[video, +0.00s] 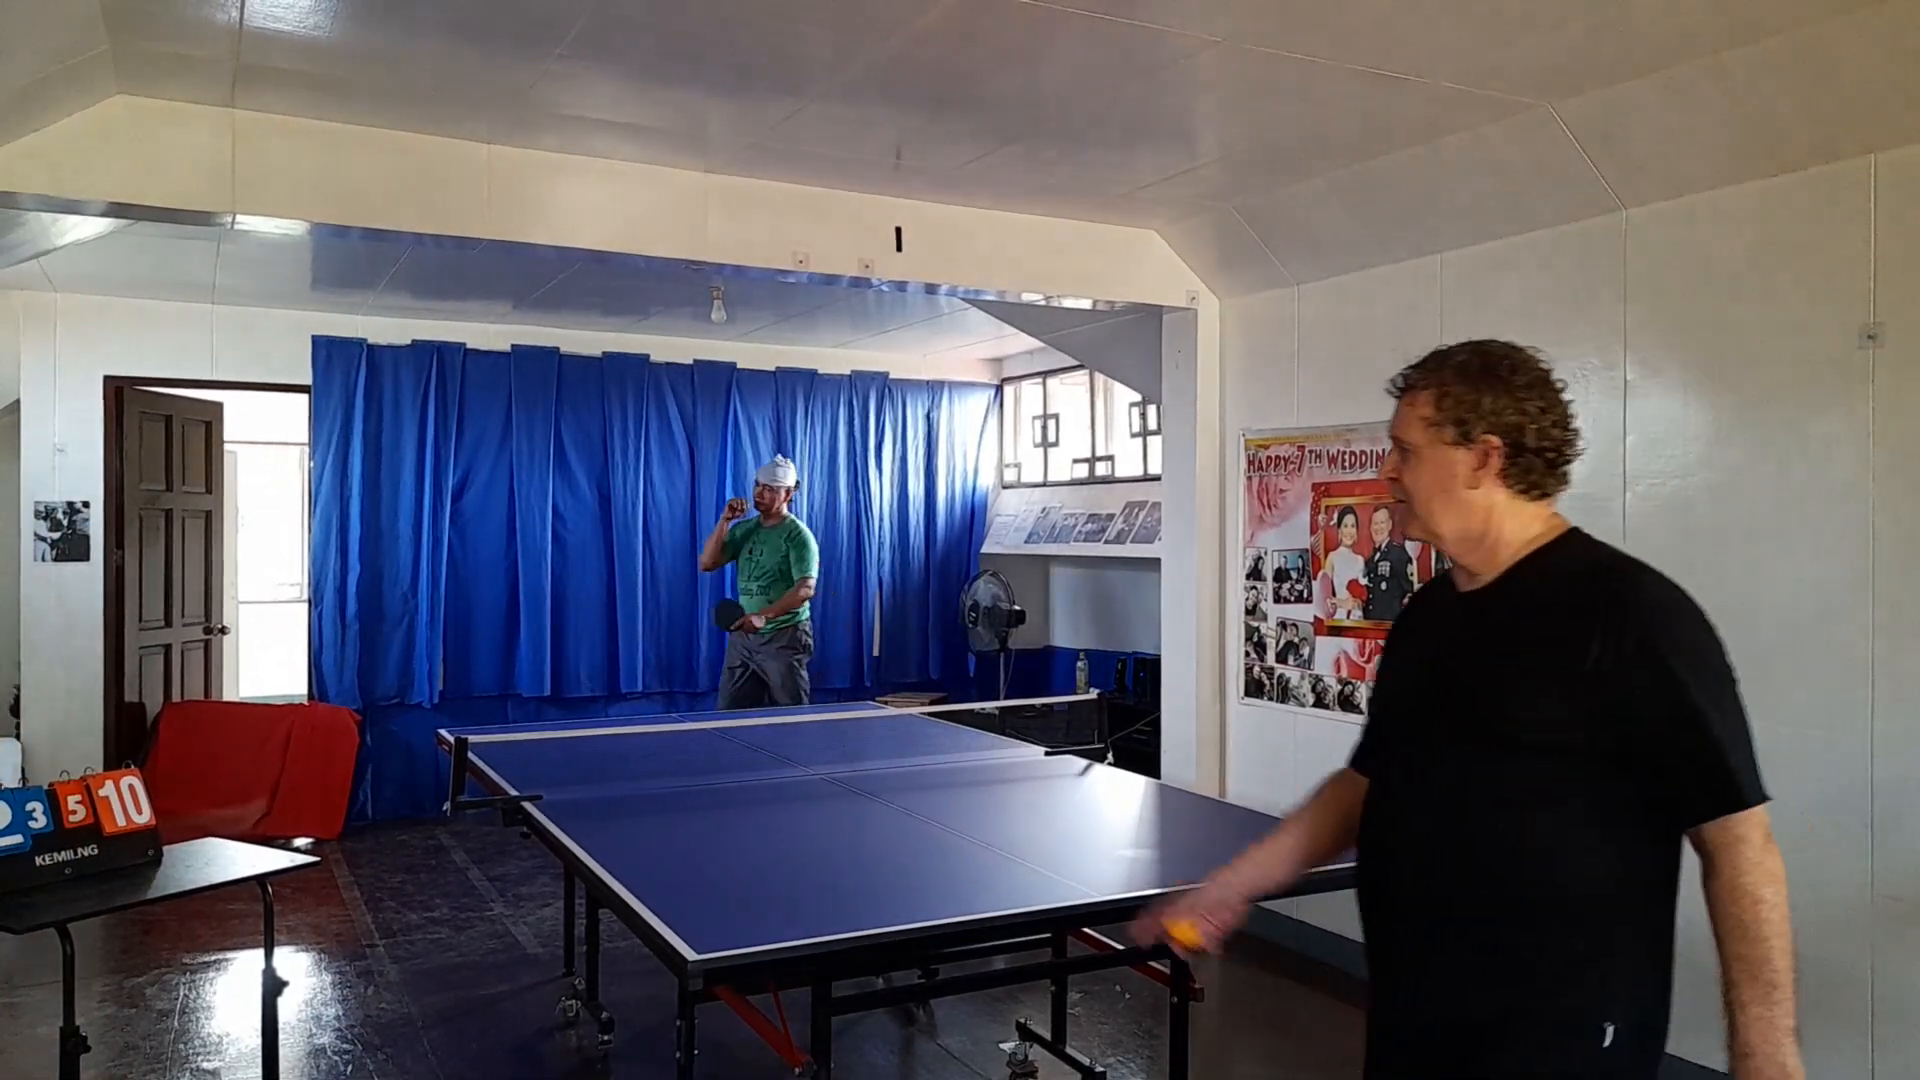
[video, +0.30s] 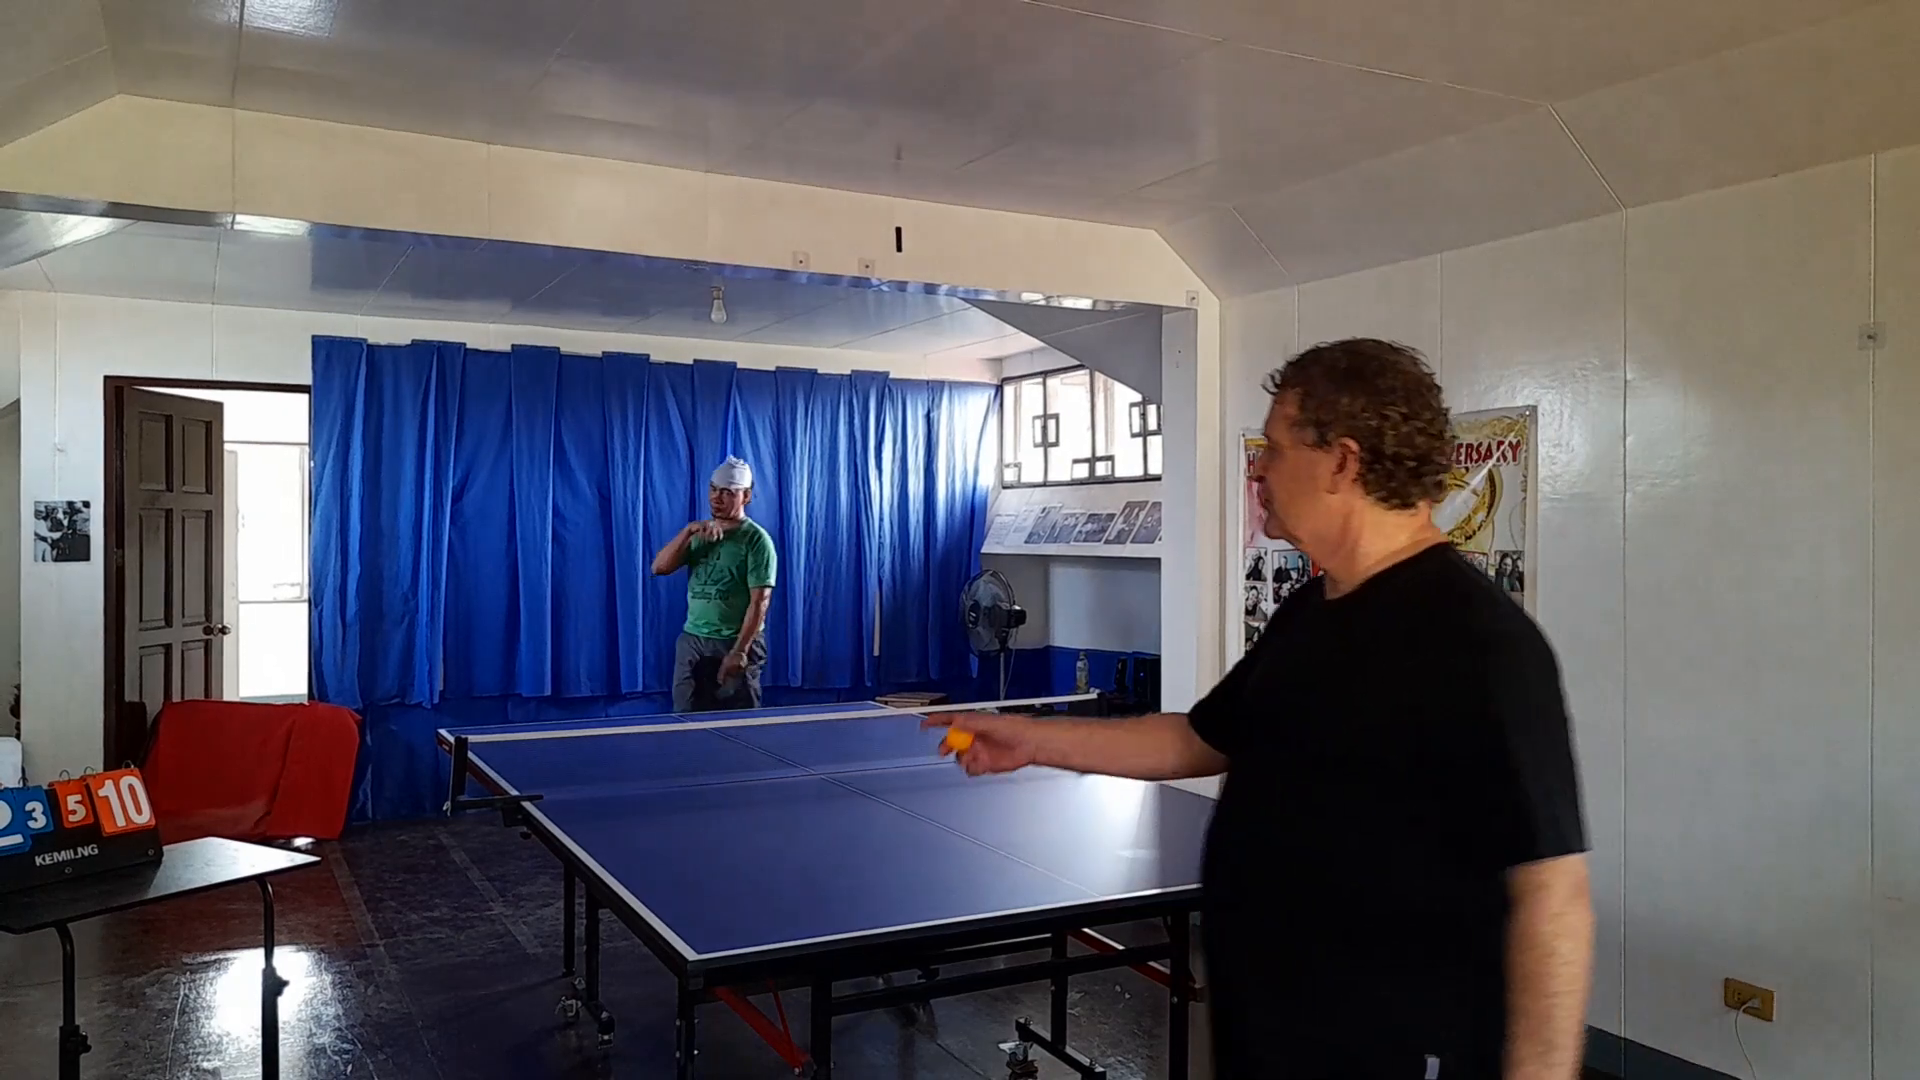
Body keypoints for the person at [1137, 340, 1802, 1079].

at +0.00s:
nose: (1386, 475)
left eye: (1403, 450)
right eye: (1390, 452)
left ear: (1485, 457)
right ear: (1476, 460)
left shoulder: (1637, 616)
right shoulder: (1426, 619)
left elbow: (1737, 844)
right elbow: (1369, 783)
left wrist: (1767, 1060)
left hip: (1571, 1048)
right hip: (1417, 1036)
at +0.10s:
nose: (1339, 477)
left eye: (1355, 454)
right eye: (1343, 455)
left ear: (1432, 461)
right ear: (1425, 462)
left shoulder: (1587, 620)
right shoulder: (1387, 622)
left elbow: (1688, 852)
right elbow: (1304, 772)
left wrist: (1710, 1063)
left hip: (1532, 1047)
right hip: (1377, 1038)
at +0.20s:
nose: (1298, 484)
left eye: (1312, 457)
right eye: (1301, 459)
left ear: (1386, 461)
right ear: (1376, 464)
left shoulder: (1535, 628)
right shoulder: (1344, 620)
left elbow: (1625, 870)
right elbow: (1245, 750)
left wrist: (1633, 1065)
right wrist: (1077, 741)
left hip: (1483, 1049)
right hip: (1329, 1039)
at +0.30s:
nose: (1257, 469)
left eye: (1272, 446)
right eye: (1262, 448)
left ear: (1342, 461)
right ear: (1339, 462)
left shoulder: (1484, 637)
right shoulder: (1309, 616)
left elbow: (1553, 891)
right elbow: (1199, 741)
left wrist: (1538, 1073)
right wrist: (1034, 739)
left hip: (1410, 1055)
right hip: (1265, 1036)